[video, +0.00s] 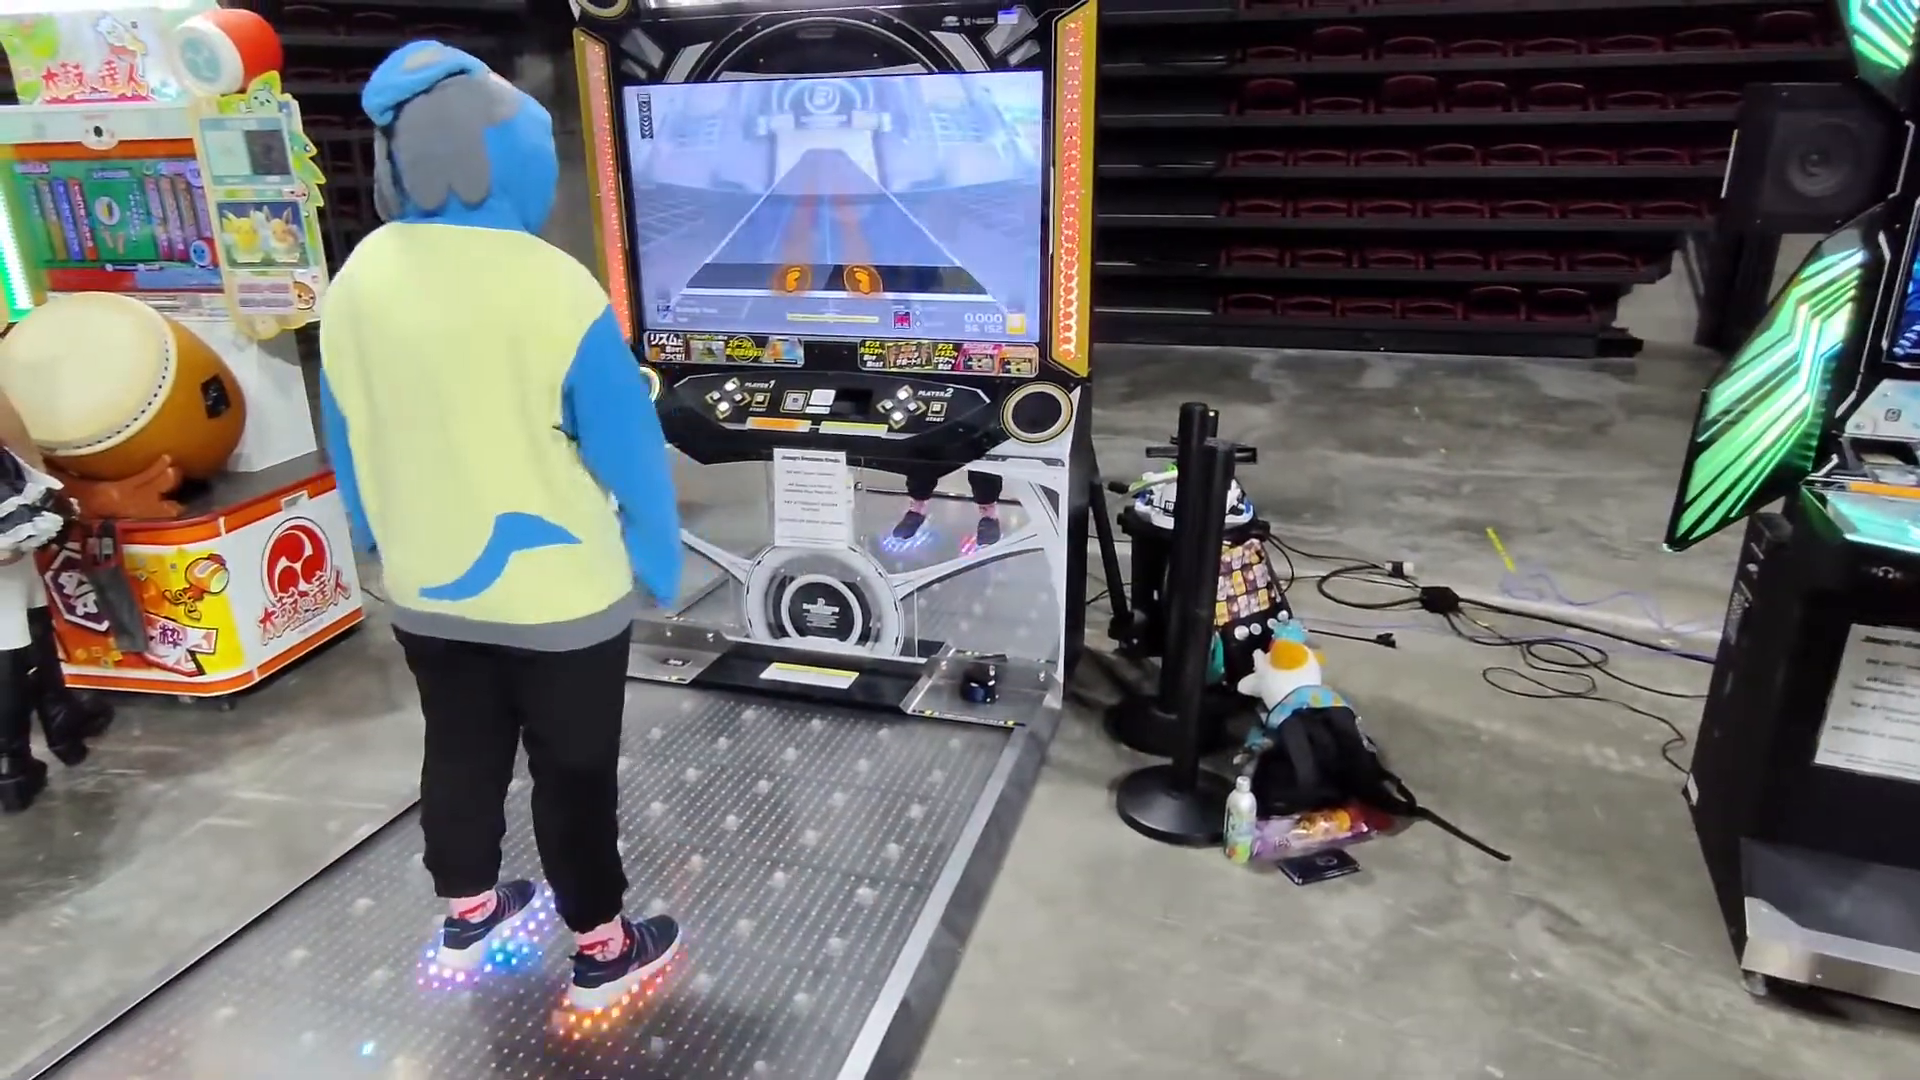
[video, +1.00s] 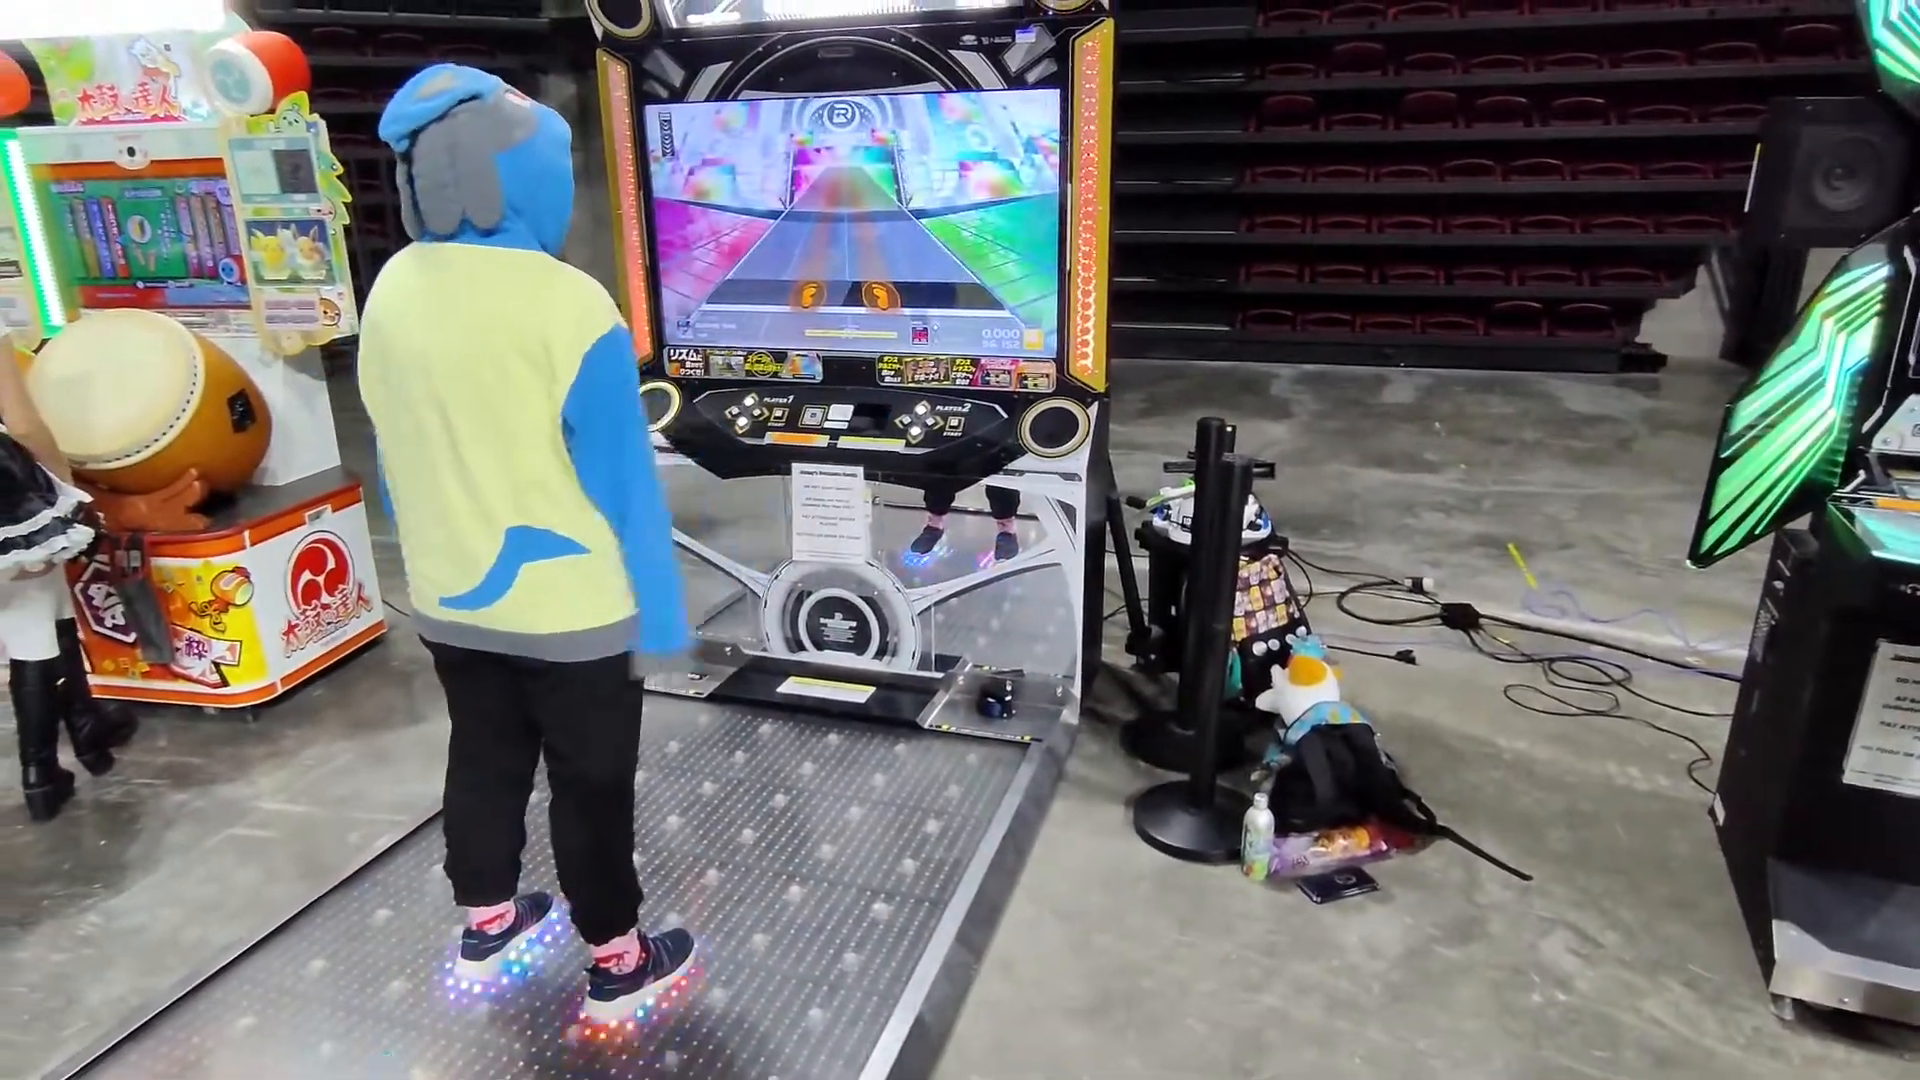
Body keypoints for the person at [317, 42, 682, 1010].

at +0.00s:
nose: (540, 166)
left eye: (528, 147)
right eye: (528, 150)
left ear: (406, 168)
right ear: (512, 162)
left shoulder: (359, 277)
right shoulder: (552, 285)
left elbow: (344, 427)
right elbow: (630, 443)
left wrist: (376, 534)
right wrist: (658, 558)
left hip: (427, 591)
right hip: (562, 596)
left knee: (459, 749)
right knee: (574, 772)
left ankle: (467, 910)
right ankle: (600, 942)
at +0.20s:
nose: (525, 165)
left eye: (515, 147)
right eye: (511, 149)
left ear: (397, 170)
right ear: (487, 162)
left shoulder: (355, 278)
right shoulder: (549, 289)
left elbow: (366, 438)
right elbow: (613, 450)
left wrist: (396, 542)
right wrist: (649, 556)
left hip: (426, 591)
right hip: (560, 596)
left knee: (460, 745)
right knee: (573, 771)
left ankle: (469, 910)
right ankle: (601, 941)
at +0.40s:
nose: (531, 167)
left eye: (521, 149)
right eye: (518, 151)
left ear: (401, 177)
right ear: (496, 167)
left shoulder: (362, 274)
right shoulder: (552, 294)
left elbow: (356, 423)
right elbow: (667, 407)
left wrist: (371, 464)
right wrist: (755, 479)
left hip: (429, 594)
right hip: (558, 601)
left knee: (461, 753)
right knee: (573, 773)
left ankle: (469, 911)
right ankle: (602, 943)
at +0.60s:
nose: (533, 165)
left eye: (522, 148)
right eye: (517, 150)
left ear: (406, 178)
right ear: (490, 166)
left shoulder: (368, 279)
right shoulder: (572, 296)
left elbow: (351, 365)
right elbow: (718, 373)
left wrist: (313, 359)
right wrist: (854, 407)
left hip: (435, 601)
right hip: (568, 608)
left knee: (468, 758)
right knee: (579, 782)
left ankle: (475, 914)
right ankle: (607, 949)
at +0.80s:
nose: (552, 179)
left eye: (545, 160)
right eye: (539, 160)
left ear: (422, 179)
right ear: (501, 173)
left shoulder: (381, 284)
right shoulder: (557, 299)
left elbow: (362, 433)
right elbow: (668, 434)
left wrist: (397, 520)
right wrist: (766, 537)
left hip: (446, 600)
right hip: (572, 608)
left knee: (475, 761)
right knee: (585, 778)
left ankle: (482, 917)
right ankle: (611, 949)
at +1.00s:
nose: (562, 187)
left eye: (554, 169)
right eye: (549, 171)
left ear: (440, 187)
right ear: (515, 182)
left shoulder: (395, 288)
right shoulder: (571, 305)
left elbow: (395, 448)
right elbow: (626, 484)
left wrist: (429, 557)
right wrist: (664, 616)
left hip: (452, 600)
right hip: (573, 605)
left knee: (483, 751)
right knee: (592, 778)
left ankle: (485, 915)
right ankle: (615, 949)